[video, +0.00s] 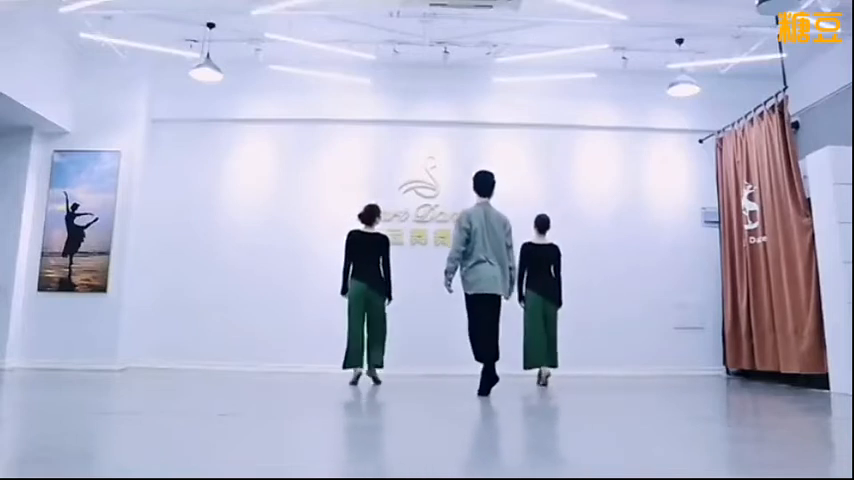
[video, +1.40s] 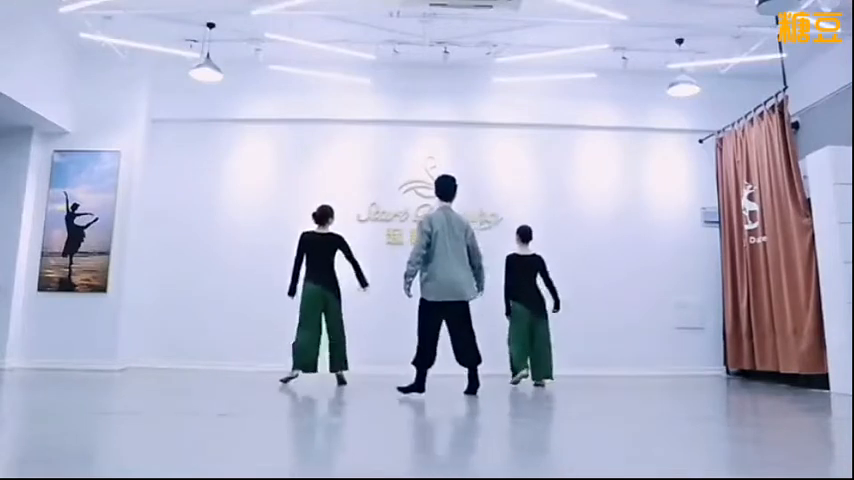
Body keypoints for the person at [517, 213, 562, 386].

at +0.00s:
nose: (538, 229)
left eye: (536, 226)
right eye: (542, 226)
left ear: (534, 227)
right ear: (548, 228)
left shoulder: (527, 247)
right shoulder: (554, 249)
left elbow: (521, 272)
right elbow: (558, 275)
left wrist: (520, 293)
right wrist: (559, 296)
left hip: (533, 292)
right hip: (550, 293)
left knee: (536, 330)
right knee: (548, 330)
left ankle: (542, 367)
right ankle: (545, 367)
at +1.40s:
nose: (516, 239)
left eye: (516, 237)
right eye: (519, 237)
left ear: (517, 238)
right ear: (531, 239)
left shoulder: (511, 259)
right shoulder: (537, 259)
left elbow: (507, 285)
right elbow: (547, 280)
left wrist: (507, 306)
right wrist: (556, 299)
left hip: (518, 303)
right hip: (537, 303)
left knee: (517, 338)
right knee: (539, 339)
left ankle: (519, 369)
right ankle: (539, 377)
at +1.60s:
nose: (503, 232)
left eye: (503, 230)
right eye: (504, 229)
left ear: (506, 230)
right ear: (518, 230)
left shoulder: (500, 249)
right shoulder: (525, 248)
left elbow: (494, 274)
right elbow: (542, 256)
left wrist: (492, 295)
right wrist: (553, 263)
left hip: (506, 296)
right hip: (524, 297)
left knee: (499, 332)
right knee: (531, 334)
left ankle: (489, 367)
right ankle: (537, 371)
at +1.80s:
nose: (489, 232)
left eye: (489, 230)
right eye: (493, 230)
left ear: (489, 230)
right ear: (503, 229)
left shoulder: (484, 246)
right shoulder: (509, 246)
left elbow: (477, 272)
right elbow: (518, 255)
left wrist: (474, 294)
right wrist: (522, 248)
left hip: (489, 290)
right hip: (506, 290)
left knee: (486, 329)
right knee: (506, 328)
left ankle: (484, 369)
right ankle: (507, 369)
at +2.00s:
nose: (480, 244)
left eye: (479, 242)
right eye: (483, 242)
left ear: (478, 241)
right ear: (492, 241)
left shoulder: (473, 257)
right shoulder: (500, 258)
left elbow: (468, 283)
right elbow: (498, 278)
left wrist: (464, 306)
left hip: (477, 300)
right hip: (496, 301)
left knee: (474, 336)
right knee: (489, 337)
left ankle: (478, 372)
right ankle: (484, 371)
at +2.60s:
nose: (471, 241)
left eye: (468, 238)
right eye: (473, 239)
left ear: (464, 238)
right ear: (478, 238)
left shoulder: (457, 257)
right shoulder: (483, 254)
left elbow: (453, 283)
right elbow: (494, 253)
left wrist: (453, 305)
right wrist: (483, 248)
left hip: (465, 297)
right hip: (482, 296)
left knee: (469, 335)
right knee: (480, 335)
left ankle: (479, 372)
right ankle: (467, 373)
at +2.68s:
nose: (471, 239)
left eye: (469, 236)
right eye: (474, 237)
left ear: (463, 236)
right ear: (478, 237)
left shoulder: (457, 255)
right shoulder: (483, 253)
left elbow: (452, 282)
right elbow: (493, 248)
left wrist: (452, 304)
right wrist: (482, 247)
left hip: (464, 297)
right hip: (481, 296)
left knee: (468, 334)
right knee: (479, 334)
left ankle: (478, 372)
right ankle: (466, 373)